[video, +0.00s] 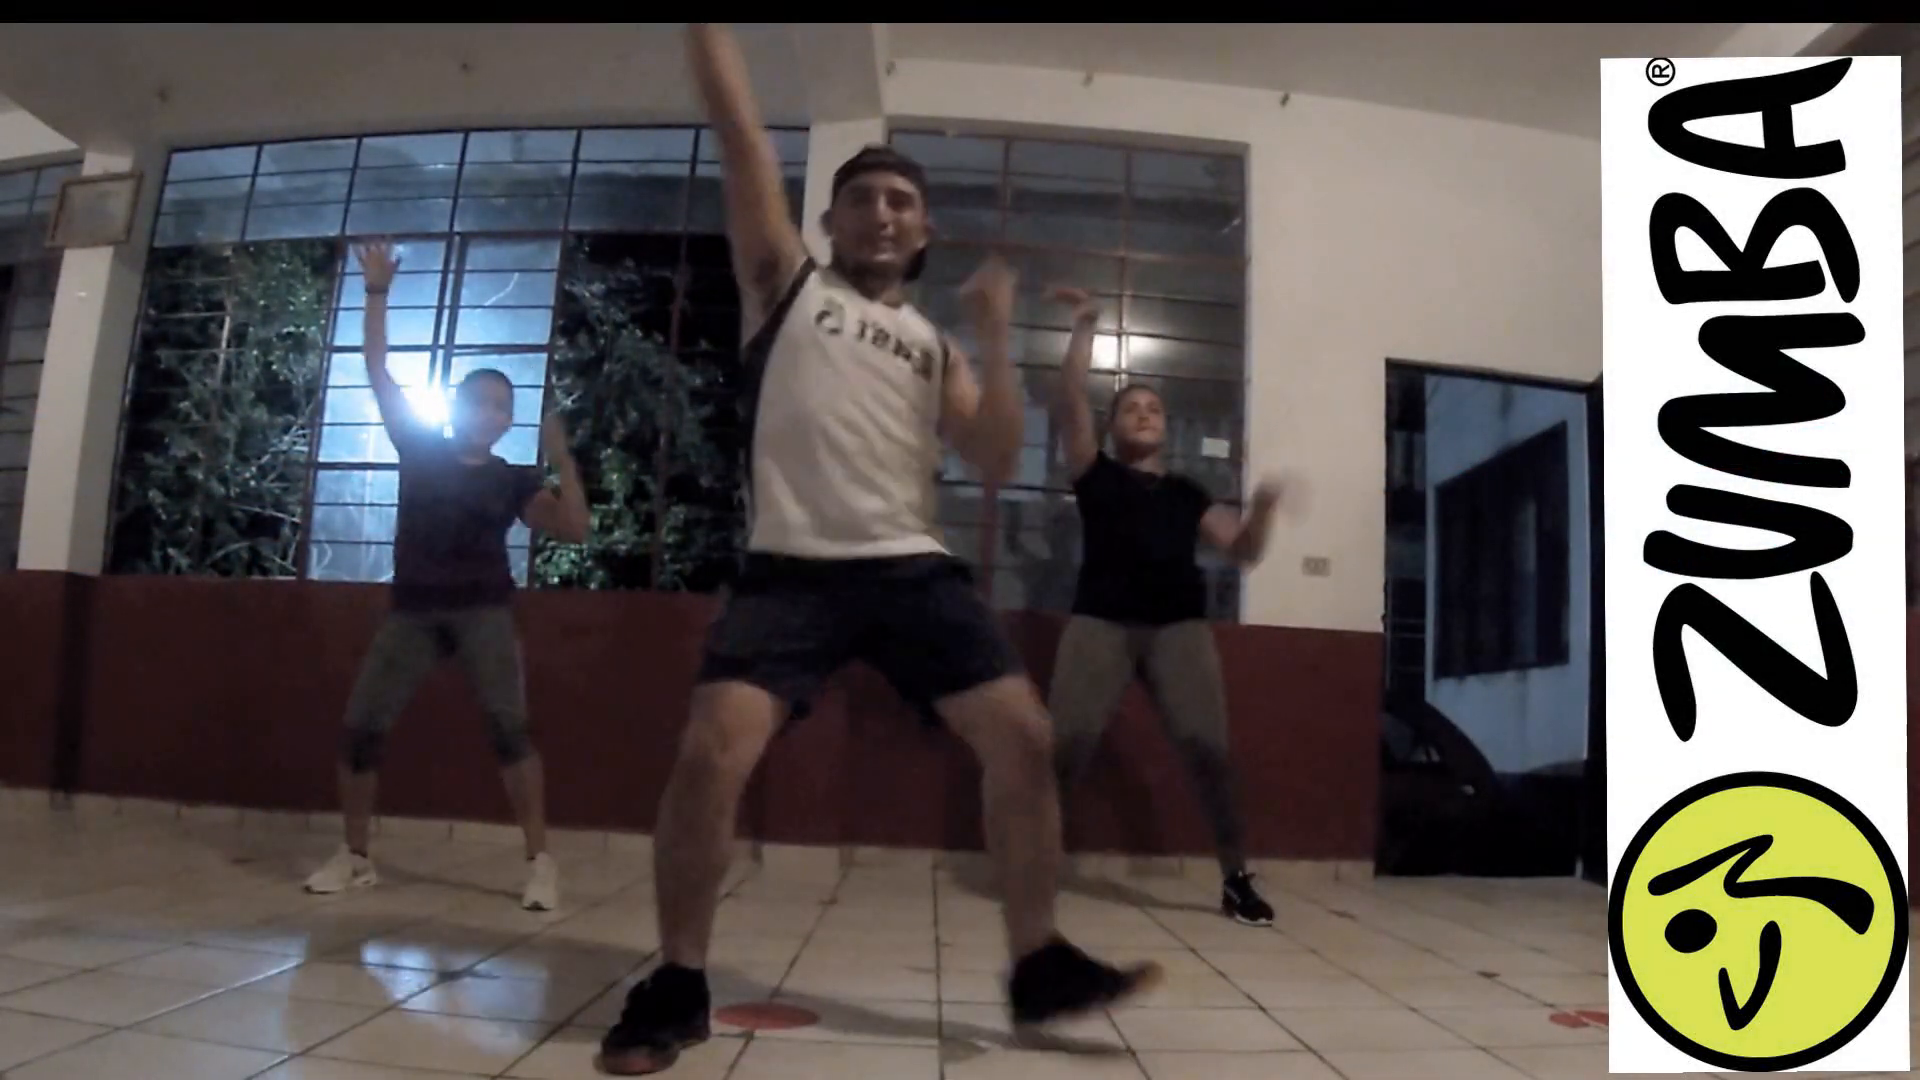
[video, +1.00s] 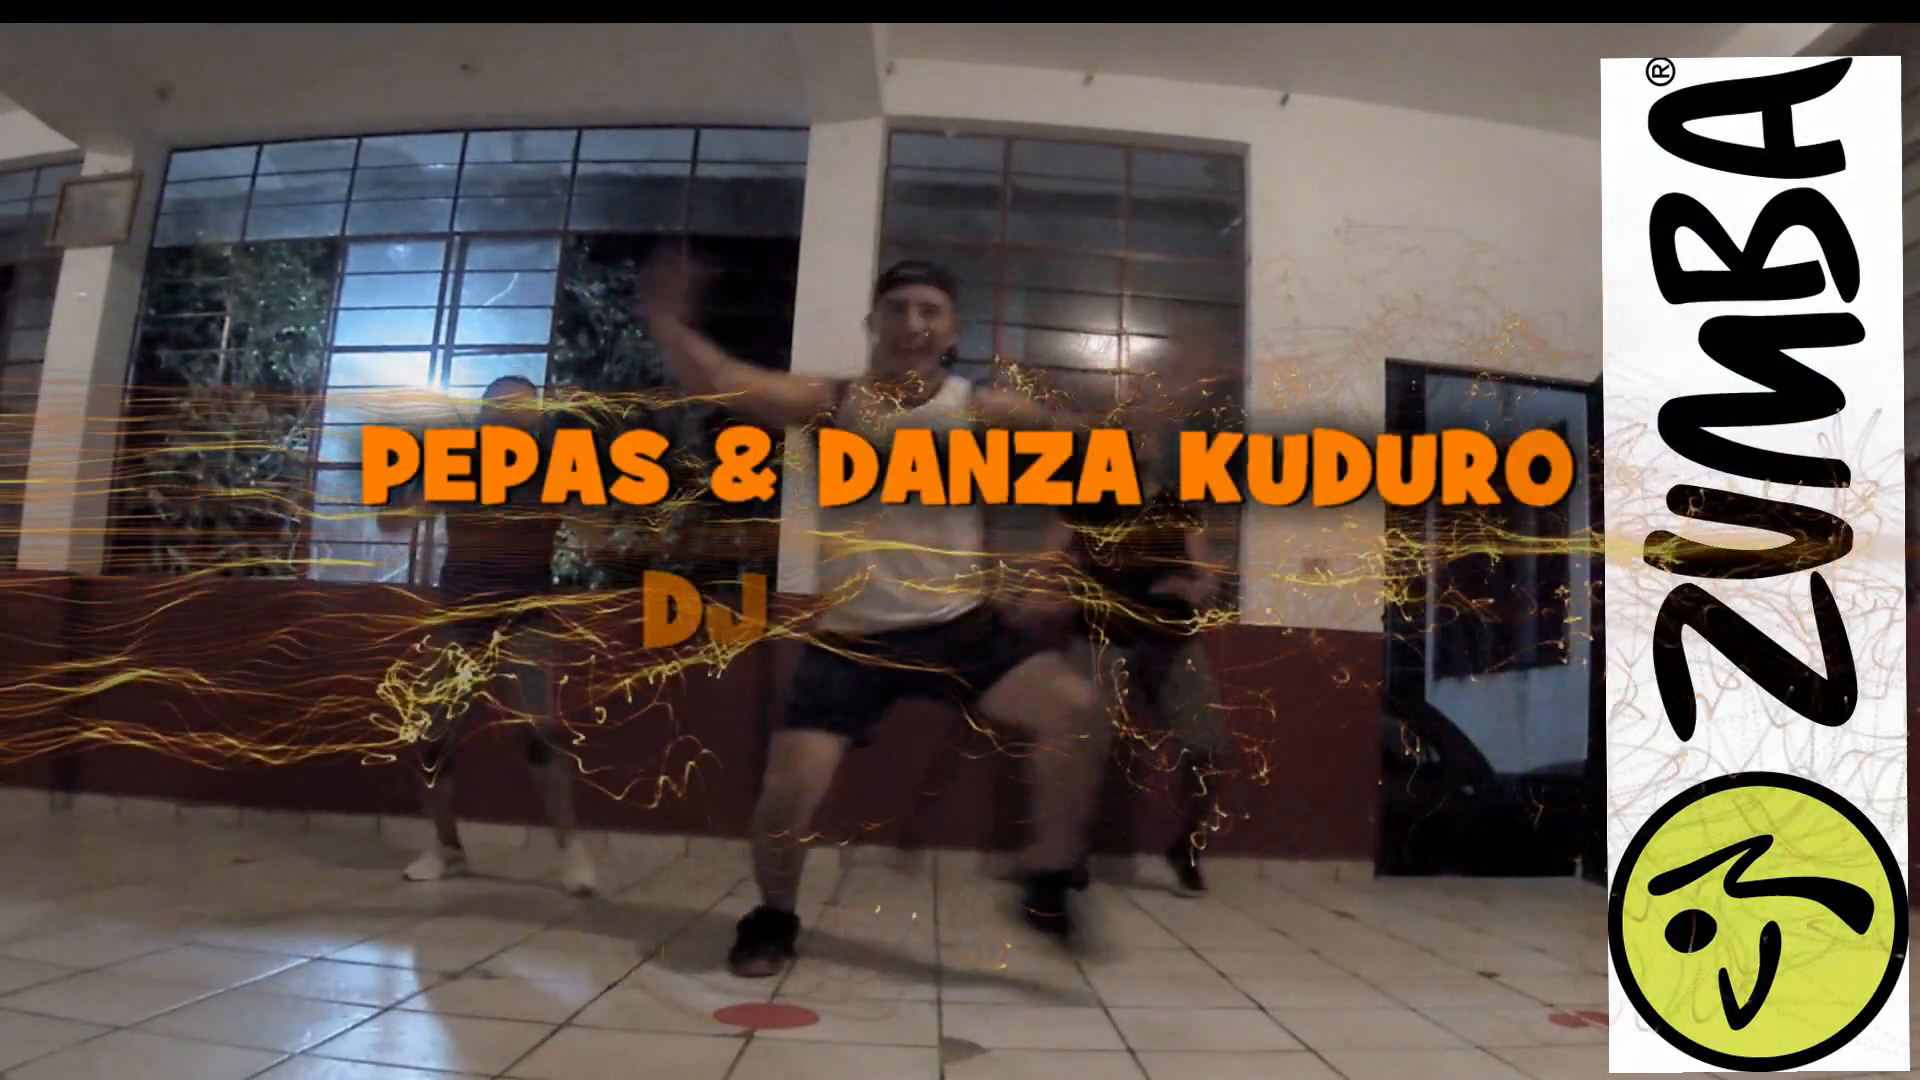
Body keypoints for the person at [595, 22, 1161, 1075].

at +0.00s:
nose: (883, 209)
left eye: (902, 201)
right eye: (864, 198)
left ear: (921, 236)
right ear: (831, 224)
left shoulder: (932, 346)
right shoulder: (788, 283)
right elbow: (738, 132)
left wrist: (997, 331)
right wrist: (703, 20)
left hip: (914, 577)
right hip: (786, 577)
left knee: (1022, 737)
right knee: (709, 748)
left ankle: (1036, 966)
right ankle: (676, 981)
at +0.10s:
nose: (876, 212)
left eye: (893, 203)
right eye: (858, 200)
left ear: (915, 236)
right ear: (823, 224)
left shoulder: (929, 344)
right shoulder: (774, 286)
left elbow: (982, 453)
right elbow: (673, 182)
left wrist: (996, 471)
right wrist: (651, 46)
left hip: (914, 573)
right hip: (784, 579)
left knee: (1023, 730)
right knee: (714, 747)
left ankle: (991, 895)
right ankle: (677, 980)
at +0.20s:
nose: (877, 211)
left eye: (894, 201)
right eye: (860, 198)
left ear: (916, 230)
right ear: (827, 219)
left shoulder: (941, 335)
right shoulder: (777, 295)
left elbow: (987, 456)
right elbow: (646, 296)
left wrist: (1024, 555)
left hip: (920, 567)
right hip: (797, 566)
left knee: (991, 755)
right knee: (745, 761)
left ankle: (948, 870)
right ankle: (680, 981)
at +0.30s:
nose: (884, 236)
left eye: (901, 225)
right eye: (866, 223)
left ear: (923, 253)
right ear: (835, 246)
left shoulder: (958, 359)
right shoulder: (788, 334)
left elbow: (993, 483)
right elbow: (692, 408)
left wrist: (1018, 585)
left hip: (928, 597)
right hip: (814, 593)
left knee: (953, 785)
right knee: (769, 775)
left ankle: (926, 908)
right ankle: (681, 975)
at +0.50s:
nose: (904, 265)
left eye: (920, 253)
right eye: (887, 253)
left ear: (942, 273)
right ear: (857, 271)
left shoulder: (976, 373)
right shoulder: (812, 362)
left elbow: (1050, 465)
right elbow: (746, 451)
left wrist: (1115, 502)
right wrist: (723, 479)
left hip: (936, 603)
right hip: (833, 599)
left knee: (933, 772)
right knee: (769, 741)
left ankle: (912, 918)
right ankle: (719, 937)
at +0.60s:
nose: (906, 242)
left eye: (922, 230)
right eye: (889, 229)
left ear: (942, 248)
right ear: (859, 244)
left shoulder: (976, 334)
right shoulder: (822, 327)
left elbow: (1059, 421)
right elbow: (731, 425)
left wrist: (1066, 388)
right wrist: (780, 355)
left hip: (929, 569)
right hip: (824, 559)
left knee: (940, 753)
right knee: (762, 705)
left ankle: (911, 898)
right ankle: (754, 896)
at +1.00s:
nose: (913, 322)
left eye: (930, 311)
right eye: (898, 310)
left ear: (953, 333)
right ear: (874, 326)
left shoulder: (981, 408)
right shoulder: (834, 400)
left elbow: (1087, 433)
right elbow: (729, 382)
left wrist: (1159, 403)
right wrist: (669, 325)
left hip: (958, 629)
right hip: (848, 636)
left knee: (1072, 704)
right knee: (787, 793)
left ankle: (1052, 883)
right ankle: (773, 916)